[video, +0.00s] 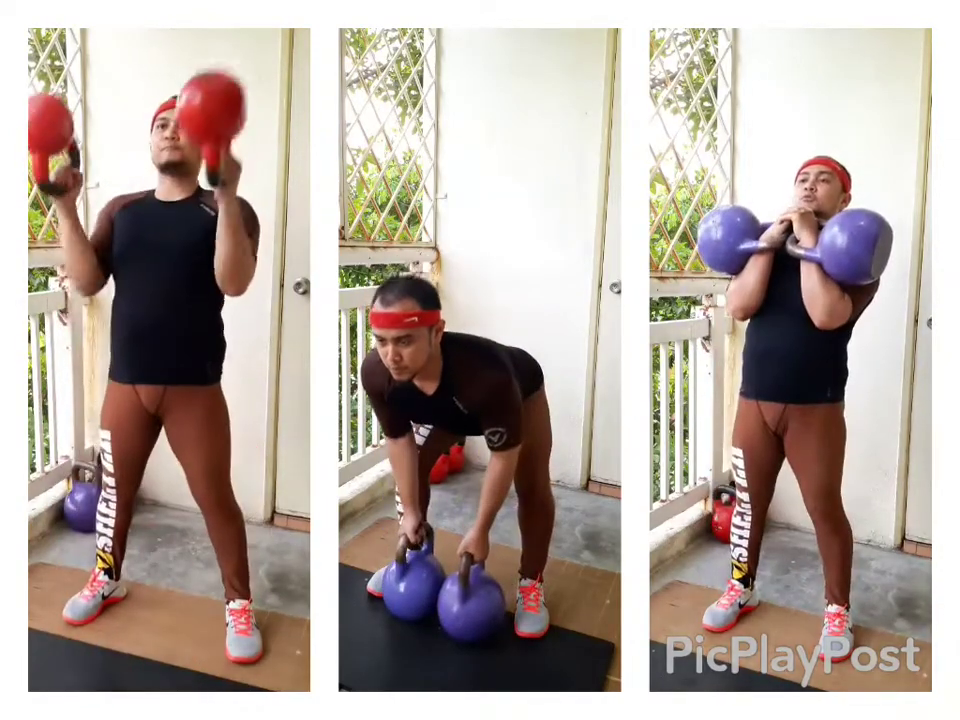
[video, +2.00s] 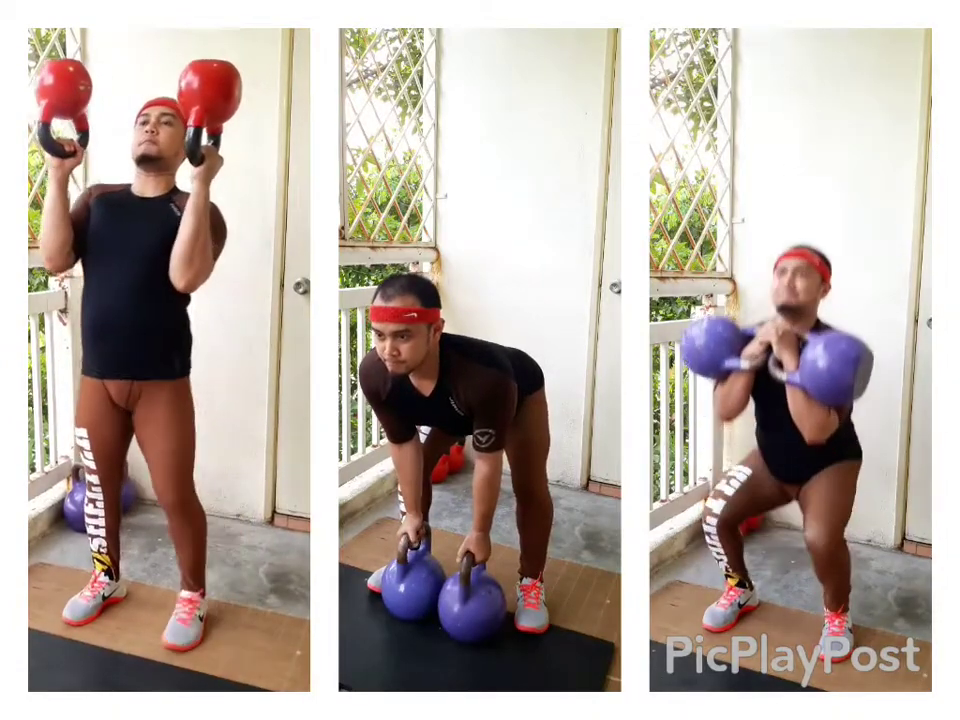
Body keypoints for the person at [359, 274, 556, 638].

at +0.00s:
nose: (392, 355)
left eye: (405, 341)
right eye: (382, 342)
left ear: (437, 332)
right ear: (373, 338)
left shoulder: (486, 374)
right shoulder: (376, 374)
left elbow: (504, 455)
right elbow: (398, 441)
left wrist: (481, 531)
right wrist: (409, 510)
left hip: (513, 391)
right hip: (446, 401)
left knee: (533, 488)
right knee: (413, 471)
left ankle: (531, 584)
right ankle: (410, 563)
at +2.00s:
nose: (389, 350)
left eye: (403, 336)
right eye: (380, 335)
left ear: (435, 330)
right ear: (371, 331)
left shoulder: (485, 379)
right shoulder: (374, 373)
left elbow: (488, 462)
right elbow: (404, 442)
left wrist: (479, 532)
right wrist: (412, 512)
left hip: (515, 389)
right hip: (453, 399)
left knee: (530, 487)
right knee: (415, 470)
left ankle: (531, 582)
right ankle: (409, 563)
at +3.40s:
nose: (393, 343)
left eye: (406, 330)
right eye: (382, 329)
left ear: (437, 318)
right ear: (373, 323)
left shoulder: (484, 360)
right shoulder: (378, 361)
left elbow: (516, 429)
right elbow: (399, 417)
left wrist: (486, 499)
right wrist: (412, 480)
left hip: (513, 395)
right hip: (452, 402)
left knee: (536, 486)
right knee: (407, 472)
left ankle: (531, 583)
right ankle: (406, 560)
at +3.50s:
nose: (392, 338)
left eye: (405, 325)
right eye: (381, 325)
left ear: (436, 312)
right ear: (372, 318)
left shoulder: (483, 349)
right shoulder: (377, 352)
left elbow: (527, 406)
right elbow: (396, 397)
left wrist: (491, 473)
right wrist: (408, 457)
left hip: (511, 399)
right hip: (452, 402)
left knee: (537, 485)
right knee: (410, 468)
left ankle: (531, 582)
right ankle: (412, 557)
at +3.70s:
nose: (391, 332)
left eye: (404, 318)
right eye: (380, 319)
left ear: (435, 305)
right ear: (371, 312)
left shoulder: (484, 334)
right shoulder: (376, 335)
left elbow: (542, 357)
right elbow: (394, 366)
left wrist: (498, 421)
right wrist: (407, 407)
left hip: (511, 393)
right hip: (447, 397)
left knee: (540, 482)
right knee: (411, 464)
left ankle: (531, 582)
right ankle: (413, 551)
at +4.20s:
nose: (396, 319)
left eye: (408, 305)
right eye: (385, 306)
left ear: (439, 291)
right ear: (375, 299)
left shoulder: (488, 332)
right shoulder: (379, 336)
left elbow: (528, 393)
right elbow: (398, 386)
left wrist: (491, 468)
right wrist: (412, 447)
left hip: (511, 400)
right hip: (450, 403)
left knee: (537, 486)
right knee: (407, 467)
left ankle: (531, 582)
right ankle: (411, 555)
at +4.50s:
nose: (395, 344)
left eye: (407, 331)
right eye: (384, 331)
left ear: (438, 314)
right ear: (375, 325)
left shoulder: (487, 355)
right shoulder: (379, 363)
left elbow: (512, 435)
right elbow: (401, 428)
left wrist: (484, 515)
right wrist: (411, 499)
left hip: (516, 396)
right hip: (456, 404)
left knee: (537, 486)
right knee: (412, 470)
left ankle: (532, 584)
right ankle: (407, 563)